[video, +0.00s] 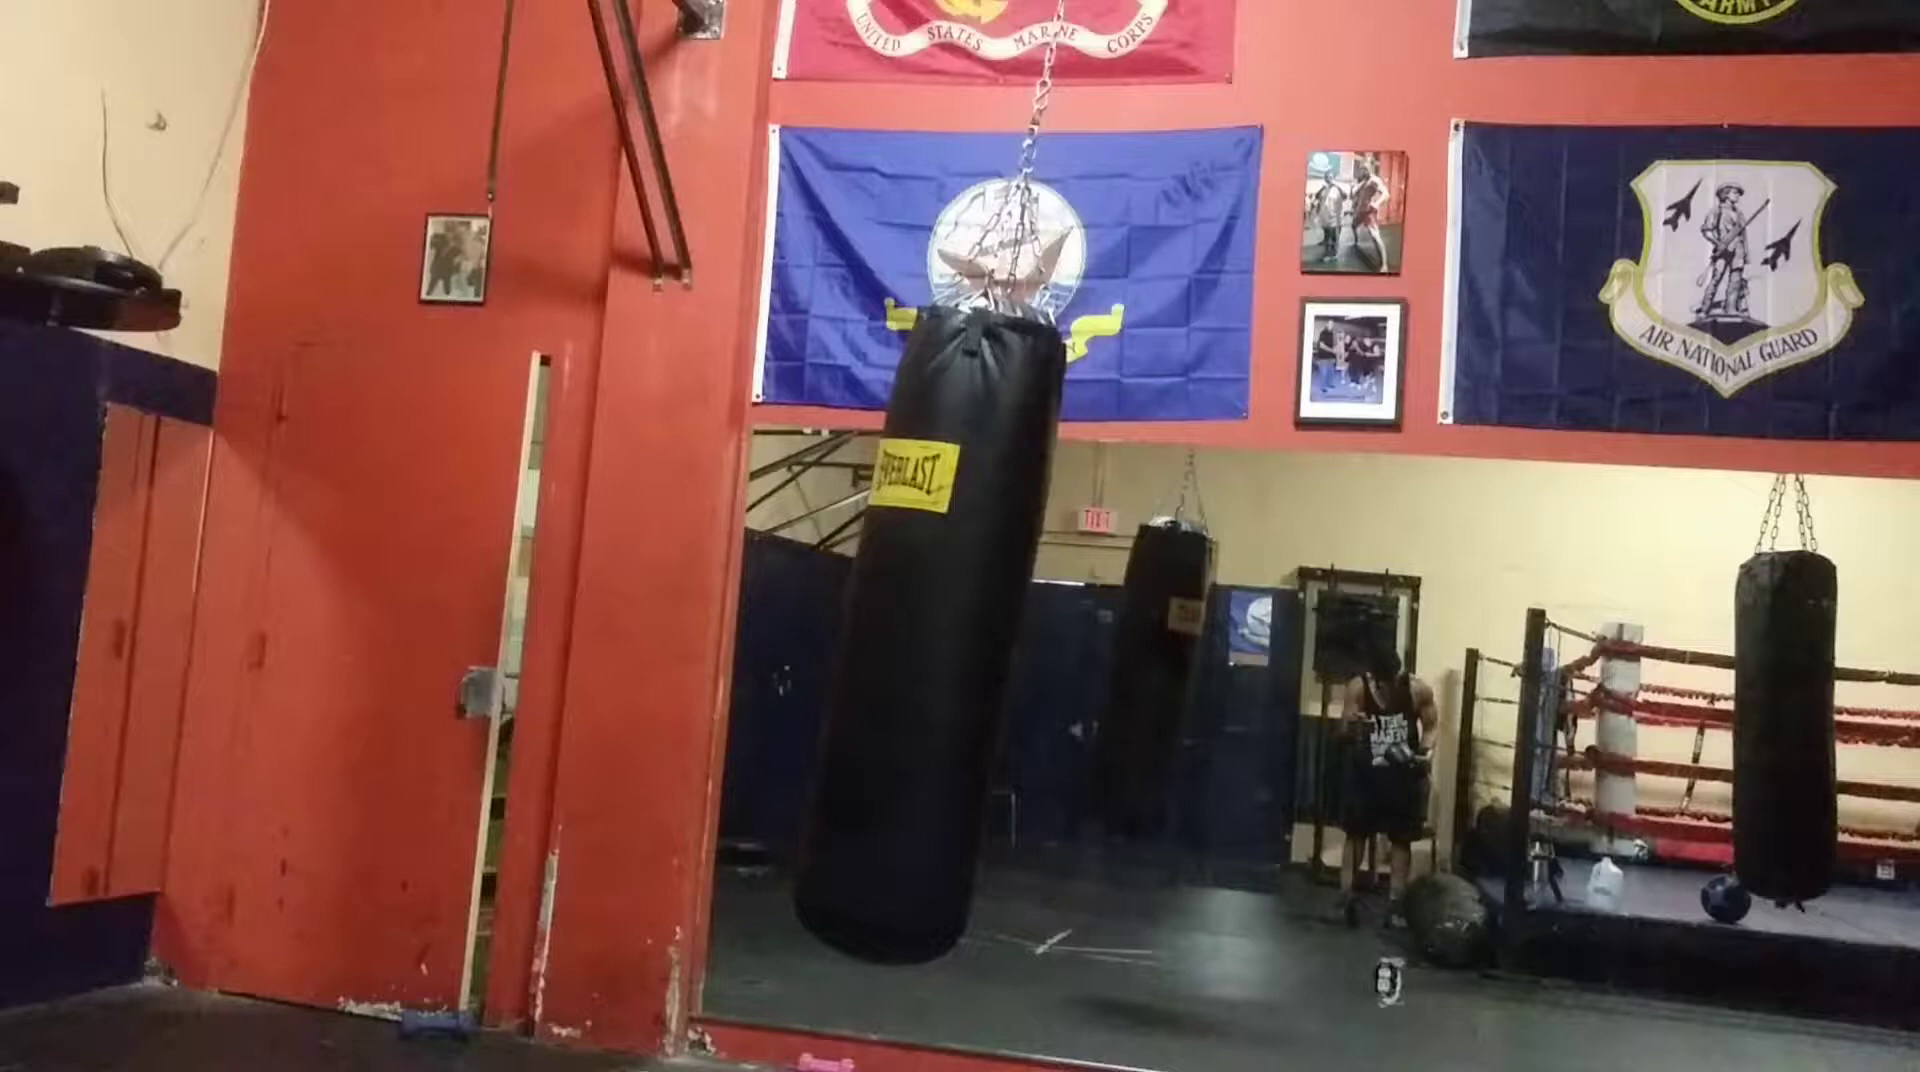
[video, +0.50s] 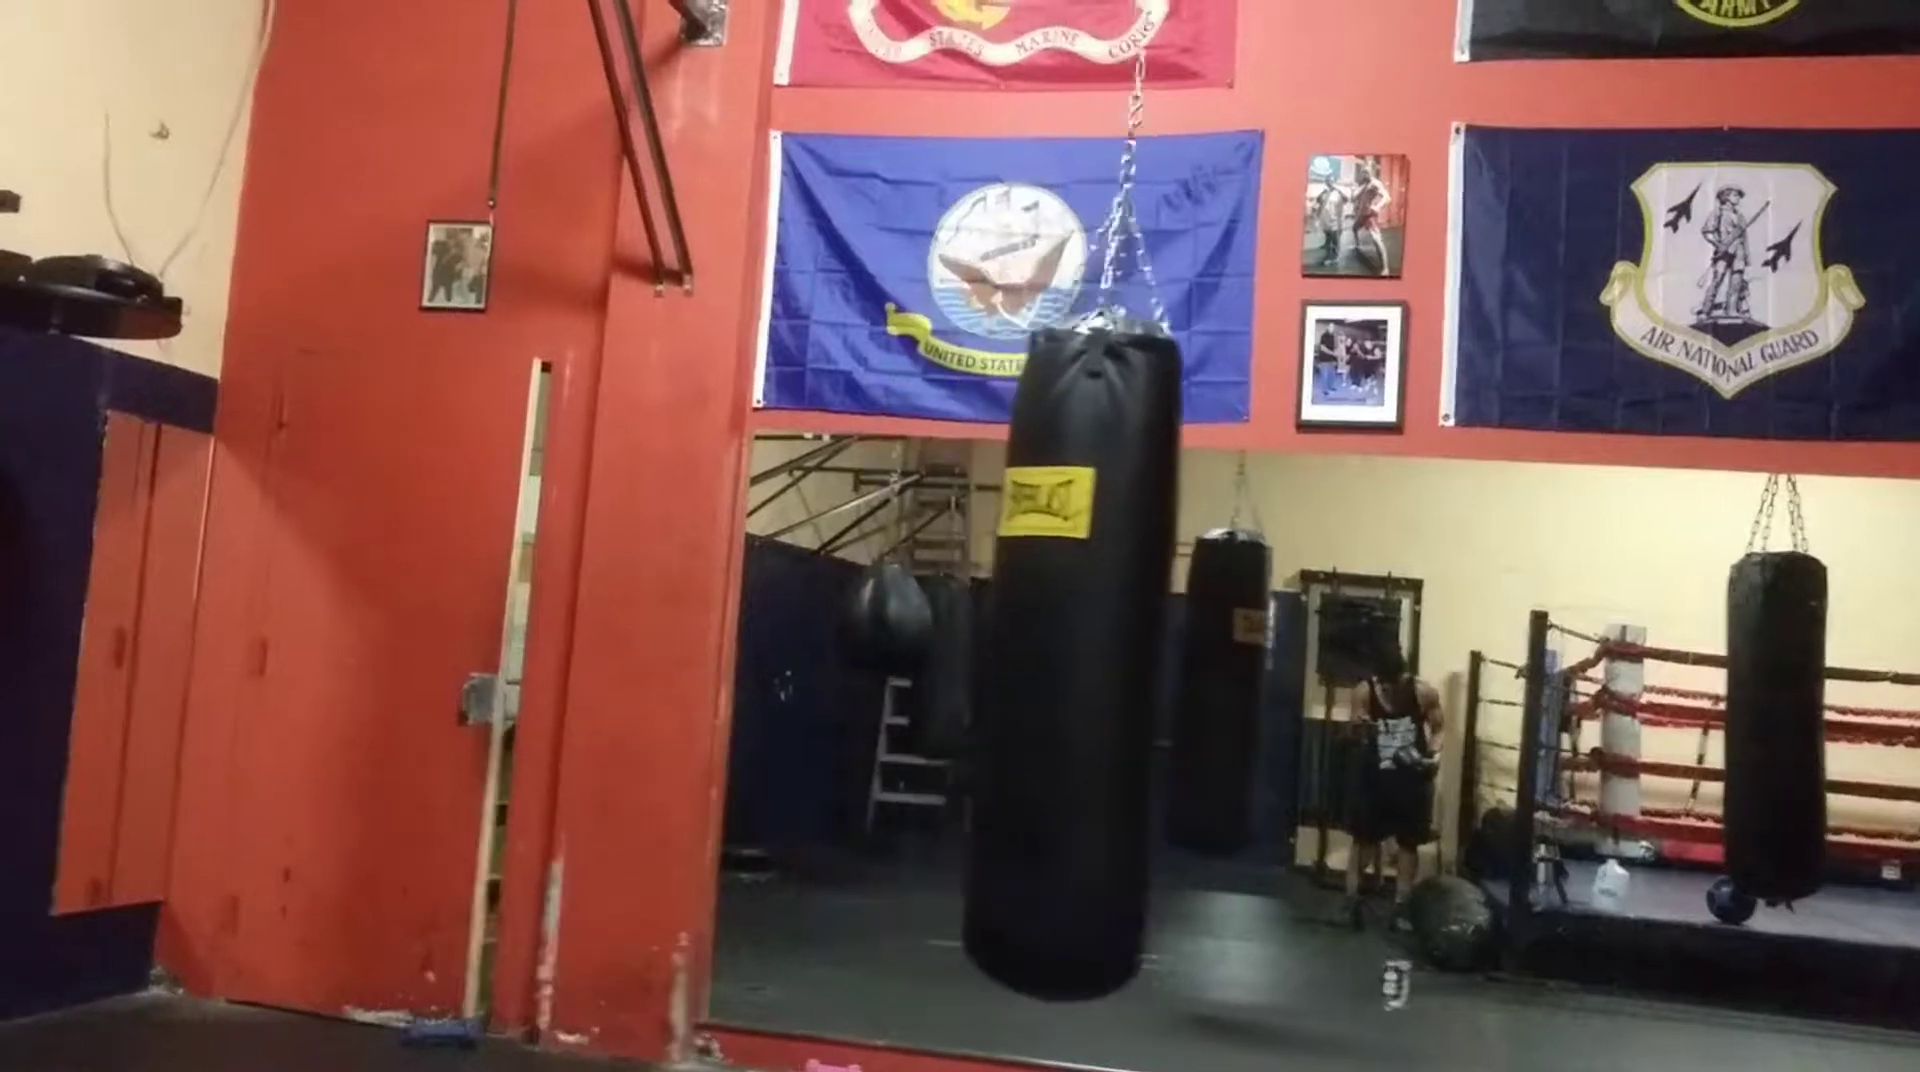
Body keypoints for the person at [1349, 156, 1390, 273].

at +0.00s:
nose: (1356, 172)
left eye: (1359, 169)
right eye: (1356, 169)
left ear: (1365, 170)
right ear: (1358, 171)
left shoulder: (1374, 180)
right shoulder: (1359, 183)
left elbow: (1385, 193)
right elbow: (1353, 196)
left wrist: (1376, 204)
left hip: (1369, 211)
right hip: (1358, 212)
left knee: (1375, 236)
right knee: (1353, 227)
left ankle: (1384, 264)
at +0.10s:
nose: (1360, 173)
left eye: (1362, 170)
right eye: (1359, 170)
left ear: (1367, 171)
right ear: (1358, 172)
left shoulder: (1372, 182)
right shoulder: (1358, 184)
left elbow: (1384, 194)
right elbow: (1351, 196)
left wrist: (1375, 205)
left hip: (1367, 213)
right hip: (1357, 213)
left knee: (1374, 237)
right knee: (1351, 229)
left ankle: (1382, 265)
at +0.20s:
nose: (1358, 172)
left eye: (1360, 170)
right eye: (1356, 170)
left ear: (1365, 170)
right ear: (1355, 171)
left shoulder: (1370, 181)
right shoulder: (1356, 183)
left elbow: (1382, 194)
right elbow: (1349, 195)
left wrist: (1373, 205)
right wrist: (1359, 184)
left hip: (1366, 212)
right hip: (1355, 212)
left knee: (1372, 236)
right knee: (1350, 227)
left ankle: (1381, 265)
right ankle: (1353, 243)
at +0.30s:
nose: (1356, 173)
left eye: (1359, 170)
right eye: (1356, 170)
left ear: (1364, 171)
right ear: (1355, 172)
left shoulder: (1371, 181)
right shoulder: (1356, 184)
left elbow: (1382, 194)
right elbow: (1349, 196)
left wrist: (1373, 205)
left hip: (1366, 212)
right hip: (1355, 212)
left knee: (1372, 237)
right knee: (1350, 227)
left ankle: (1381, 265)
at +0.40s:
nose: (1360, 173)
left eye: (1362, 170)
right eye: (1358, 171)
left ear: (1366, 171)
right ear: (1356, 172)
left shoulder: (1371, 182)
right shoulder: (1357, 185)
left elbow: (1383, 195)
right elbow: (1349, 196)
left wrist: (1373, 206)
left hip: (1367, 213)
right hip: (1356, 214)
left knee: (1373, 238)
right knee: (1351, 230)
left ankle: (1381, 266)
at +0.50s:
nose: (1364, 175)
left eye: (1366, 173)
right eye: (1362, 173)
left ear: (1370, 174)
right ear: (1361, 174)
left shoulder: (1375, 184)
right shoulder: (1360, 185)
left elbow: (1386, 197)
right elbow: (1353, 196)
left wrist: (1376, 207)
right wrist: (1364, 187)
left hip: (1370, 215)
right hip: (1360, 215)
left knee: (1377, 239)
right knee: (1354, 228)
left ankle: (1385, 268)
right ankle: (1357, 247)